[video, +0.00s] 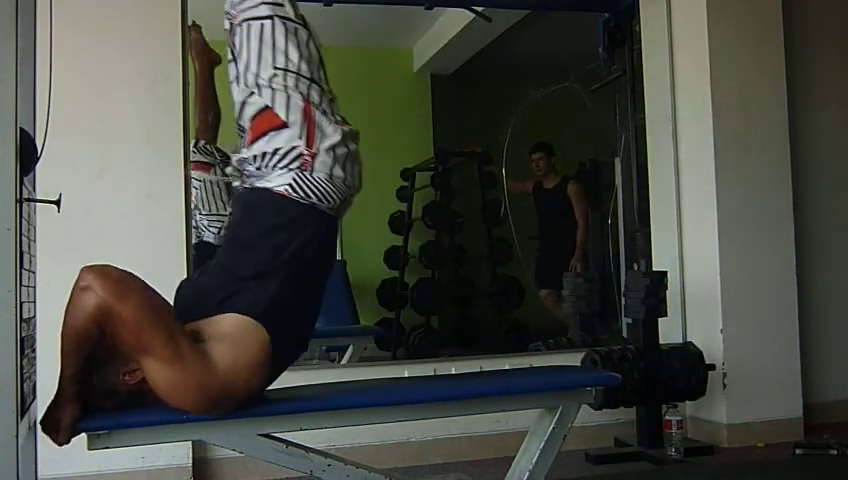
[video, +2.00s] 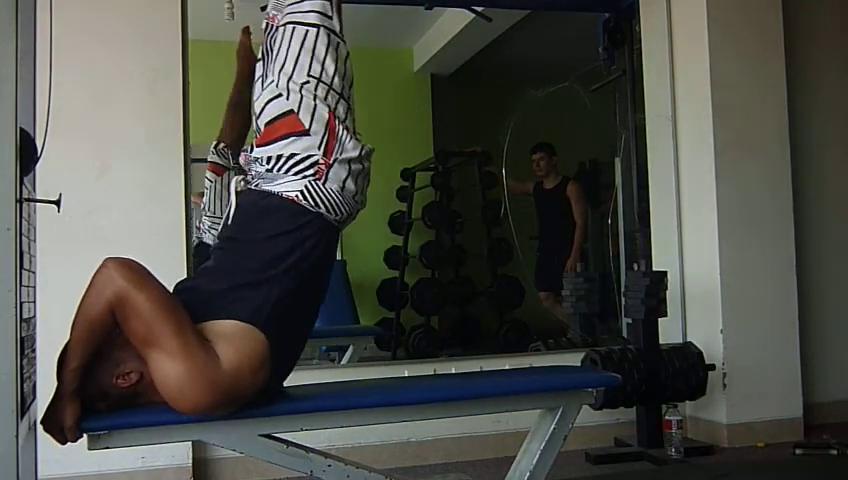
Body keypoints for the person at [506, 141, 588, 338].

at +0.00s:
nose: (536, 165)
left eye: (540, 160)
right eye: (533, 161)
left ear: (551, 160)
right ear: (531, 164)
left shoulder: (570, 187)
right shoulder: (535, 187)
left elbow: (582, 223)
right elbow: (509, 185)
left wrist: (578, 255)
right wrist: (491, 169)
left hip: (568, 248)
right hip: (546, 248)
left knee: (569, 294)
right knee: (546, 294)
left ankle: (573, 336)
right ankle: (575, 329)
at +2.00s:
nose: (537, 165)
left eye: (541, 160)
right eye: (534, 161)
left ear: (553, 161)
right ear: (532, 164)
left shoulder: (570, 187)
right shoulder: (536, 187)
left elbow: (581, 224)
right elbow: (512, 186)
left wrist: (574, 257)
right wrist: (490, 168)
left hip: (567, 249)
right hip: (546, 249)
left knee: (568, 295)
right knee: (545, 296)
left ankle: (574, 336)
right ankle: (576, 329)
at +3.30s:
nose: (543, 166)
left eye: (546, 160)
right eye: (539, 162)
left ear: (553, 160)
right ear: (535, 164)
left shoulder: (570, 187)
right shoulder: (538, 190)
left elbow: (580, 224)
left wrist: (574, 256)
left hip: (566, 250)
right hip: (545, 250)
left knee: (569, 295)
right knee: (545, 297)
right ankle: (576, 329)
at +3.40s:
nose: (541, 169)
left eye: (543, 164)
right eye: (537, 165)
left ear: (550, 162)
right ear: (535, 168)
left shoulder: (569, 187)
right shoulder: (539, 189)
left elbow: (580, 224)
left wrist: (574, 257)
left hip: (566, 249)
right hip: (546, 249)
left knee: (569, 295)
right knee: (546, 297)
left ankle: (579, 332)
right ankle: (577, 330)